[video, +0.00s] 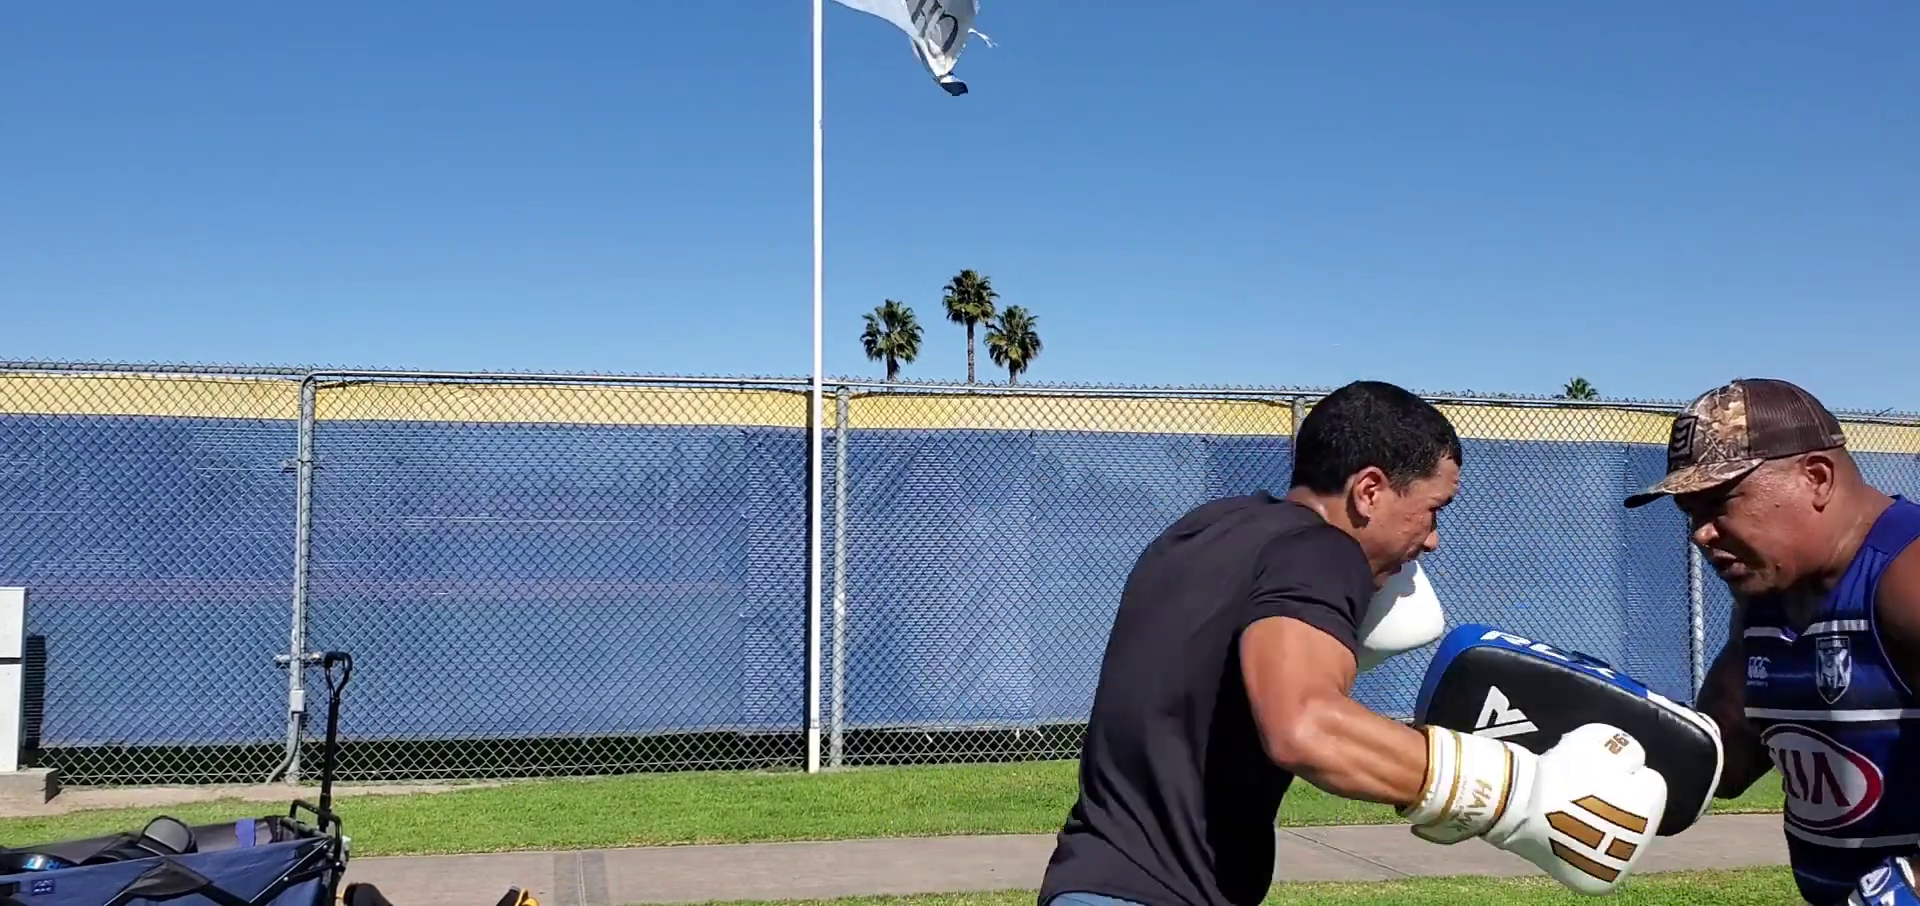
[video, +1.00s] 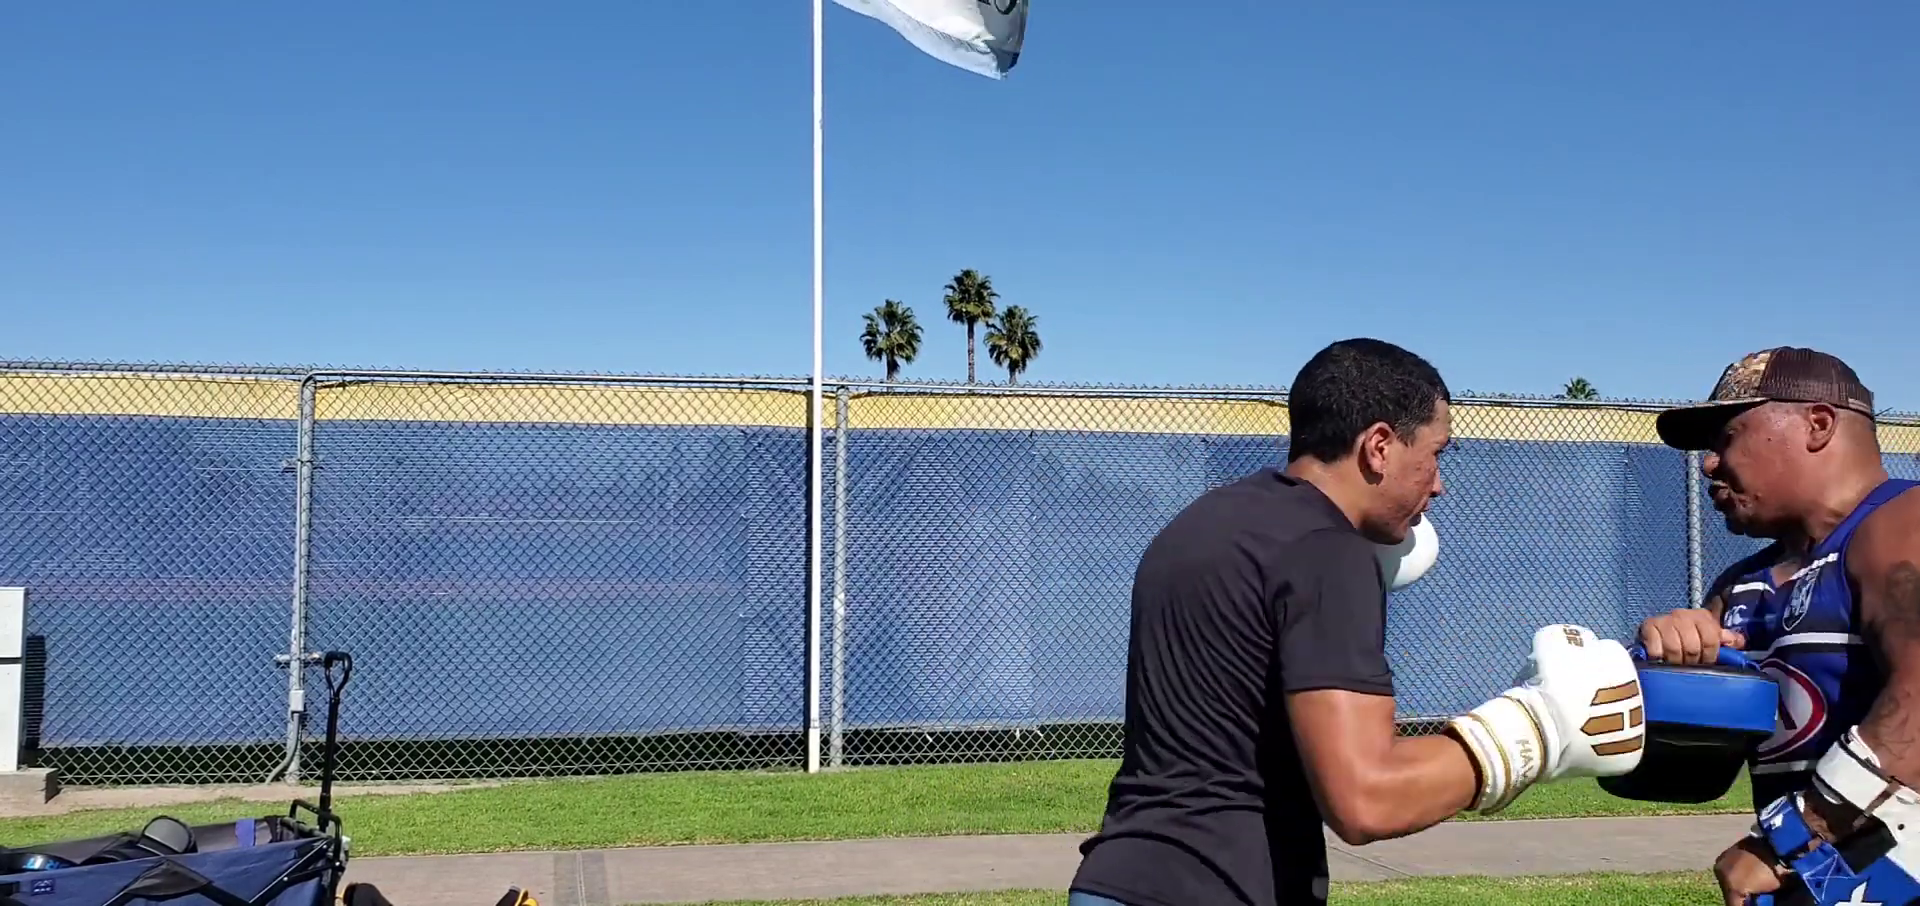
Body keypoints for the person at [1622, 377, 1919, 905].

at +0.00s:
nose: (1701, 535)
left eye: (1719, 504)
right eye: (1692, 512)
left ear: (1817, 480)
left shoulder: (1905, 582)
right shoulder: (1770, 596)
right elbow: (1728, 751)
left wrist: (1910, 884)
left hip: (1899, 890)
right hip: (1830, 889)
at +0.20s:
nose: (1708, 499)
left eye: (1728, 469)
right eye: (1702, 479)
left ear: (1827, 454)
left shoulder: (1906, 590)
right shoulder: (1753, 593)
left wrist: (1880, 881)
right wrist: (1571, 654)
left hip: (1892, 894)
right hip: (1812, 891)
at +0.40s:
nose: (1693, 504)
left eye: (1707, 476)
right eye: (1685, 489)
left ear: (1774, 451)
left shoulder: (1900, 542)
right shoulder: (1734, 584)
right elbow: (1624, 635)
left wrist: (1865, 850)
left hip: (1898, 883)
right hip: (1794, 875)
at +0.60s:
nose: (1683, 511)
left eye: (1699, 481)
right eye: (1672, 495)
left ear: (1769, 454)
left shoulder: (1900, 543)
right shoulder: (1709, 573)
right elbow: (1610, 657)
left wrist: (1874, 869)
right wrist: (1693, 539)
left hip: (1890, 878)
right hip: (1786, 871)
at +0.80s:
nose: (1667, 504)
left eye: (1678, 479)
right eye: (1664, 485)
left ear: (1743, 464)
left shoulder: (1897, 547)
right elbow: (1627, 666)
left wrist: (1894, 862)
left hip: (1884, 887)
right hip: (1793, 881)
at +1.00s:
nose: (1708, 464)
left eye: (1727, 437)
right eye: (1710, 446)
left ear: (1817, 425)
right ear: (1816, 426)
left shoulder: (1896, 527)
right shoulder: (1743, 583)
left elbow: (1915, 692)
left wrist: (1786, 839)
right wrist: (1665, 650)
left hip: (1885, 874)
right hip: (1801, 877)